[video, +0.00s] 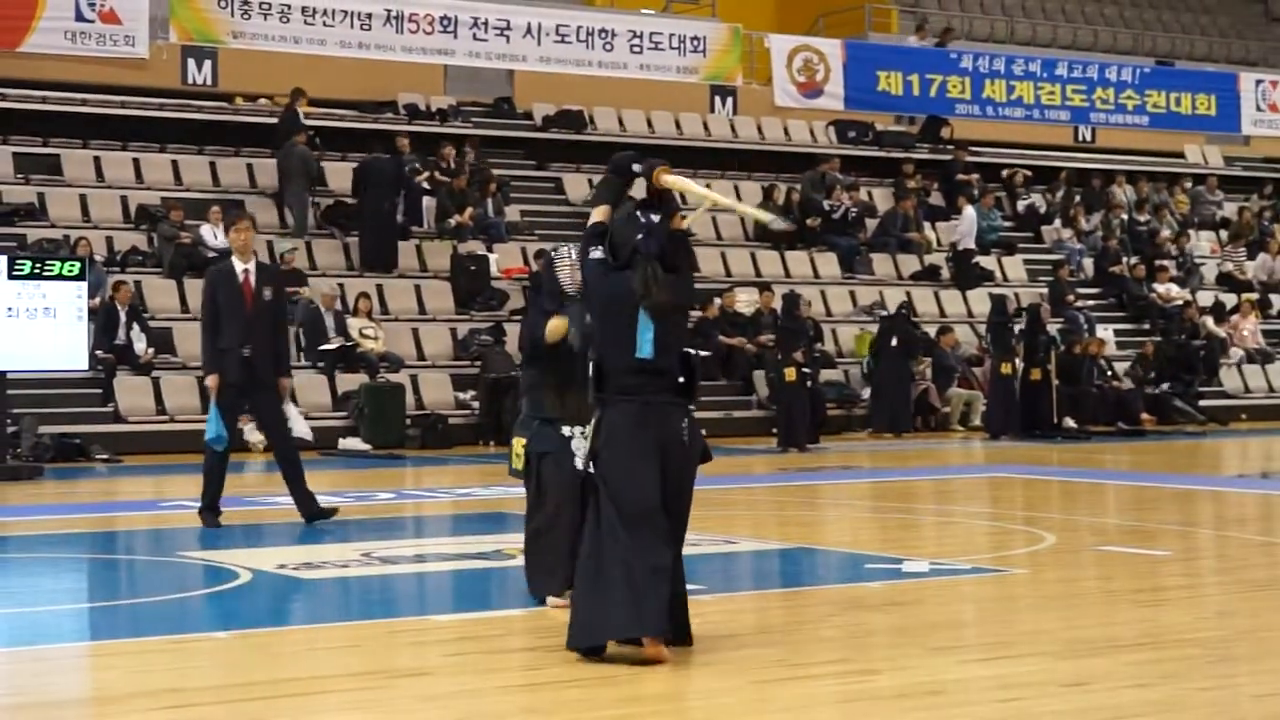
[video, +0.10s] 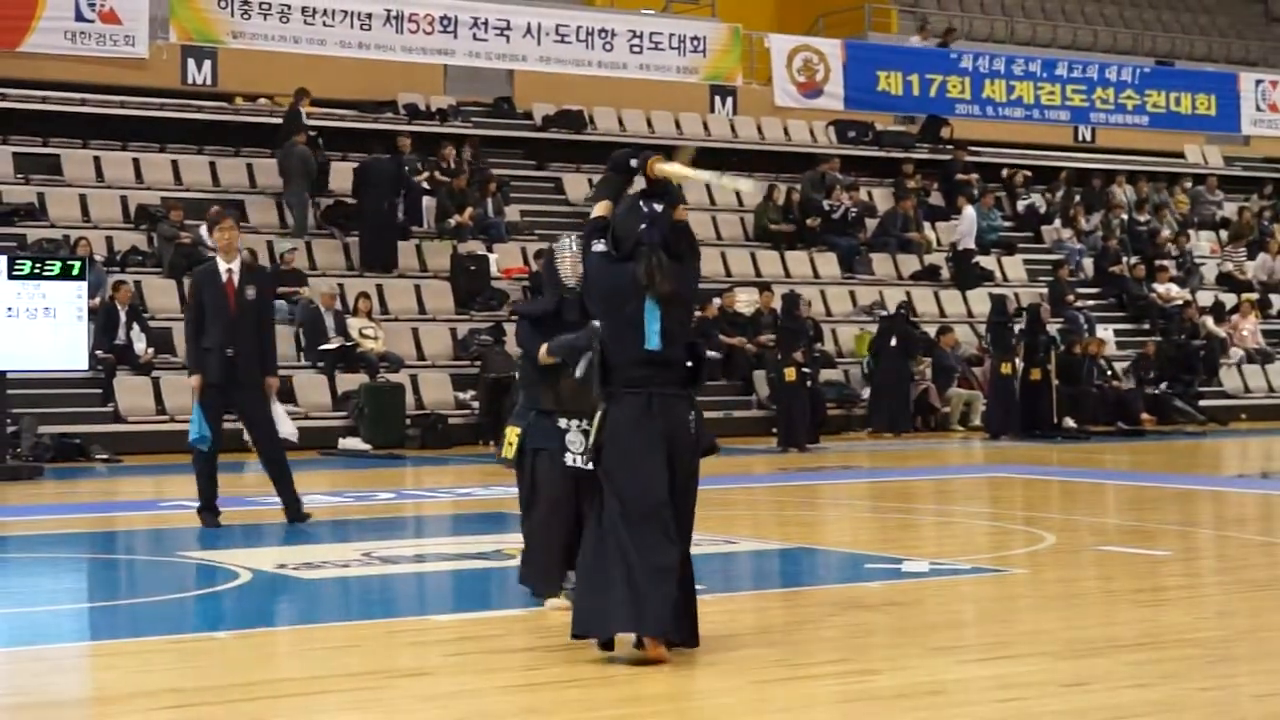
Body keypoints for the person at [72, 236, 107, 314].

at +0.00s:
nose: (84, 249)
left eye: (86, 246)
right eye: (81, 246)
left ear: (90, 248)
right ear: (75, 249)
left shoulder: (97, 267)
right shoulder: (69, 267)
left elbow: (103, 284)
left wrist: (98, 299)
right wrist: (84, 302)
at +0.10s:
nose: (84, 249)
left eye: (86, 246)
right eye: (81, 246)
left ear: (90, 248)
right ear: (75, 249)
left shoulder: (97, 267)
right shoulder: (70, 266)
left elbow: (103, 285)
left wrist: (98, 299)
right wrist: (85, 302)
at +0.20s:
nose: (84, 249)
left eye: (86, 246)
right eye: (81, 246)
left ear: (90, 248)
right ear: (75, 249)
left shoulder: (97, 267)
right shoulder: (70, 266)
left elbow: (103, 285)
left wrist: (98, 299)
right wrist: (84, 302)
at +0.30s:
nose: (85, 249)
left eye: (87, 246)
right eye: (81, 246)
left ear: (91, 248)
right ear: (76, 249)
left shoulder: (98, 267)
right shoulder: (70, 266)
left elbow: (103, 285)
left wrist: (98, 299)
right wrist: (83, 301)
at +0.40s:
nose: (85, 249)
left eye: (87, 246)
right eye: (82, 246)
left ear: (91, 248)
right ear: (76, 248)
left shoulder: (98, 267)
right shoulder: (71, 266)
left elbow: (104, 284)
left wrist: (99, 299)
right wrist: (85, 301)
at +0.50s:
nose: (86, 248)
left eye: (88, 245)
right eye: (83, 246)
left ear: (92, 248)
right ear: (77, 248)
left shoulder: (99, 267)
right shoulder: (71, 266)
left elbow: (105, 284)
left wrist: (99, 299)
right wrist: (85, 301)